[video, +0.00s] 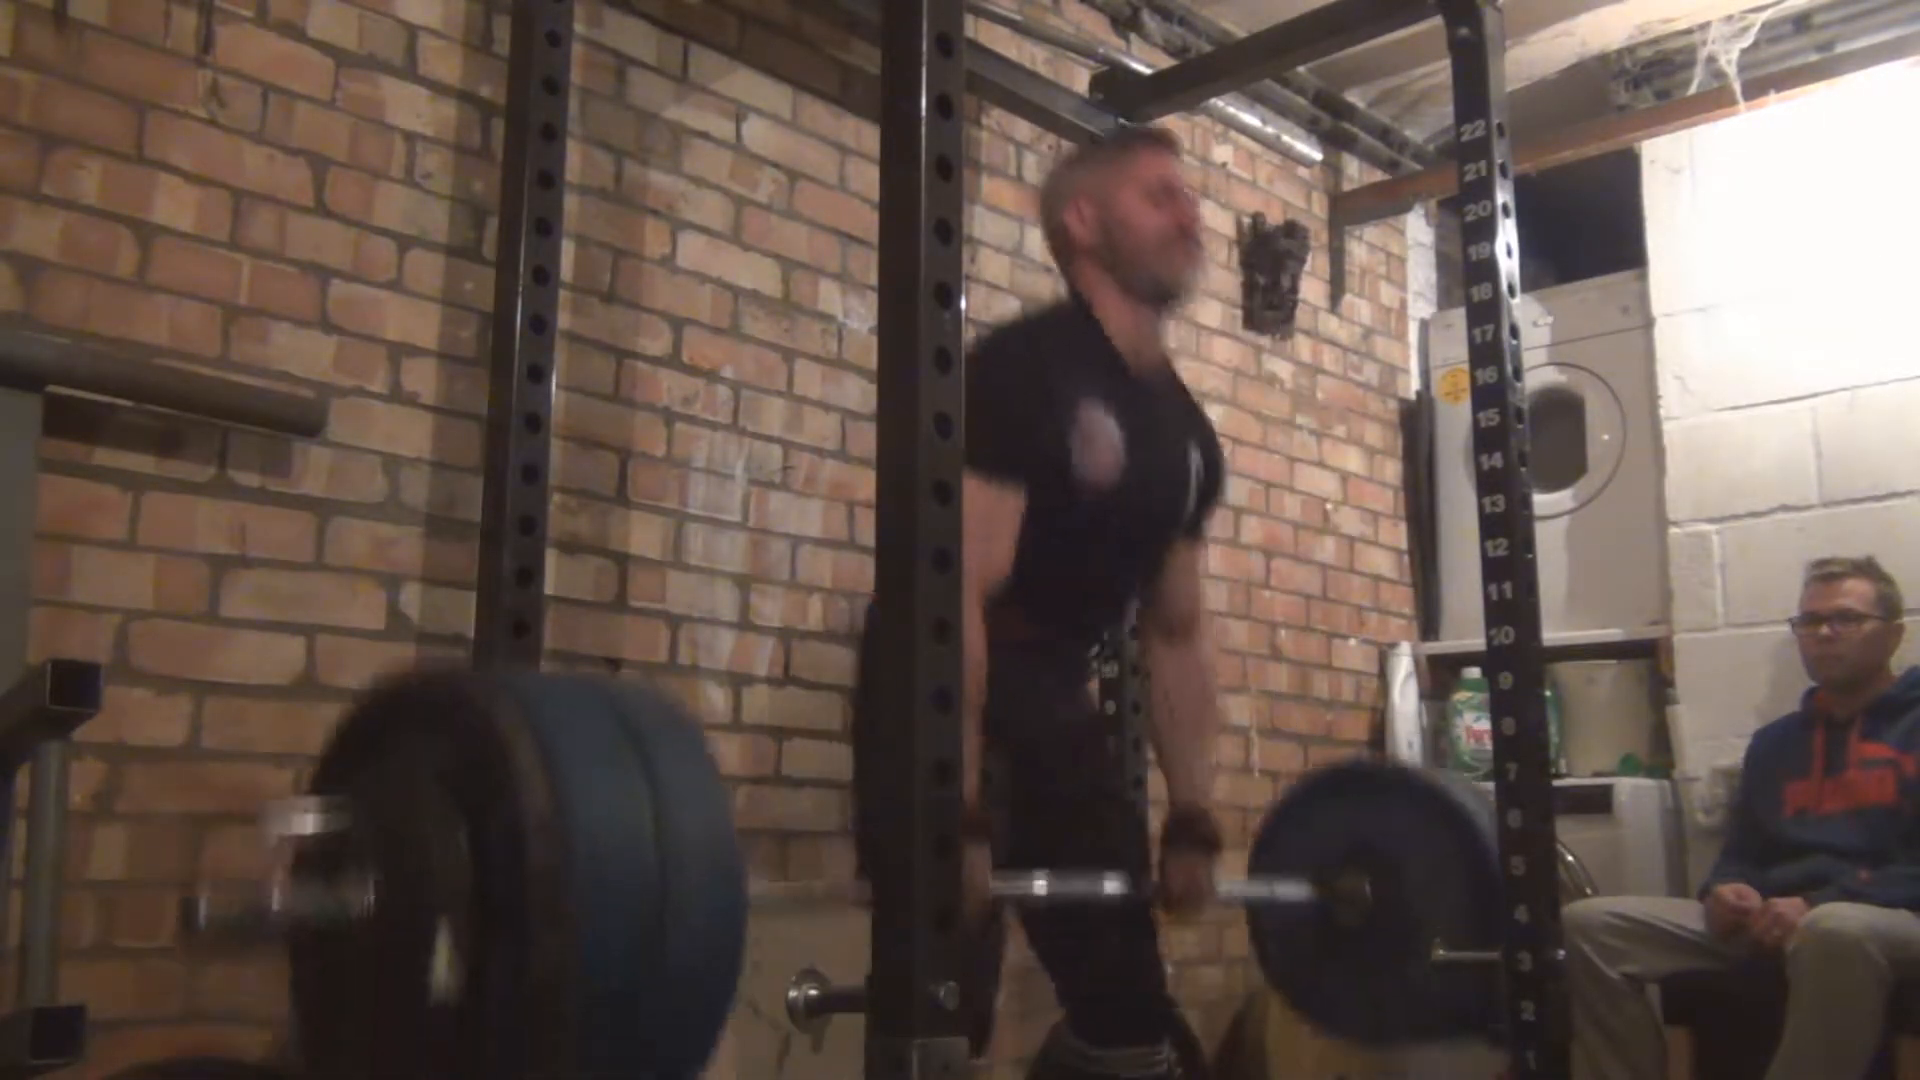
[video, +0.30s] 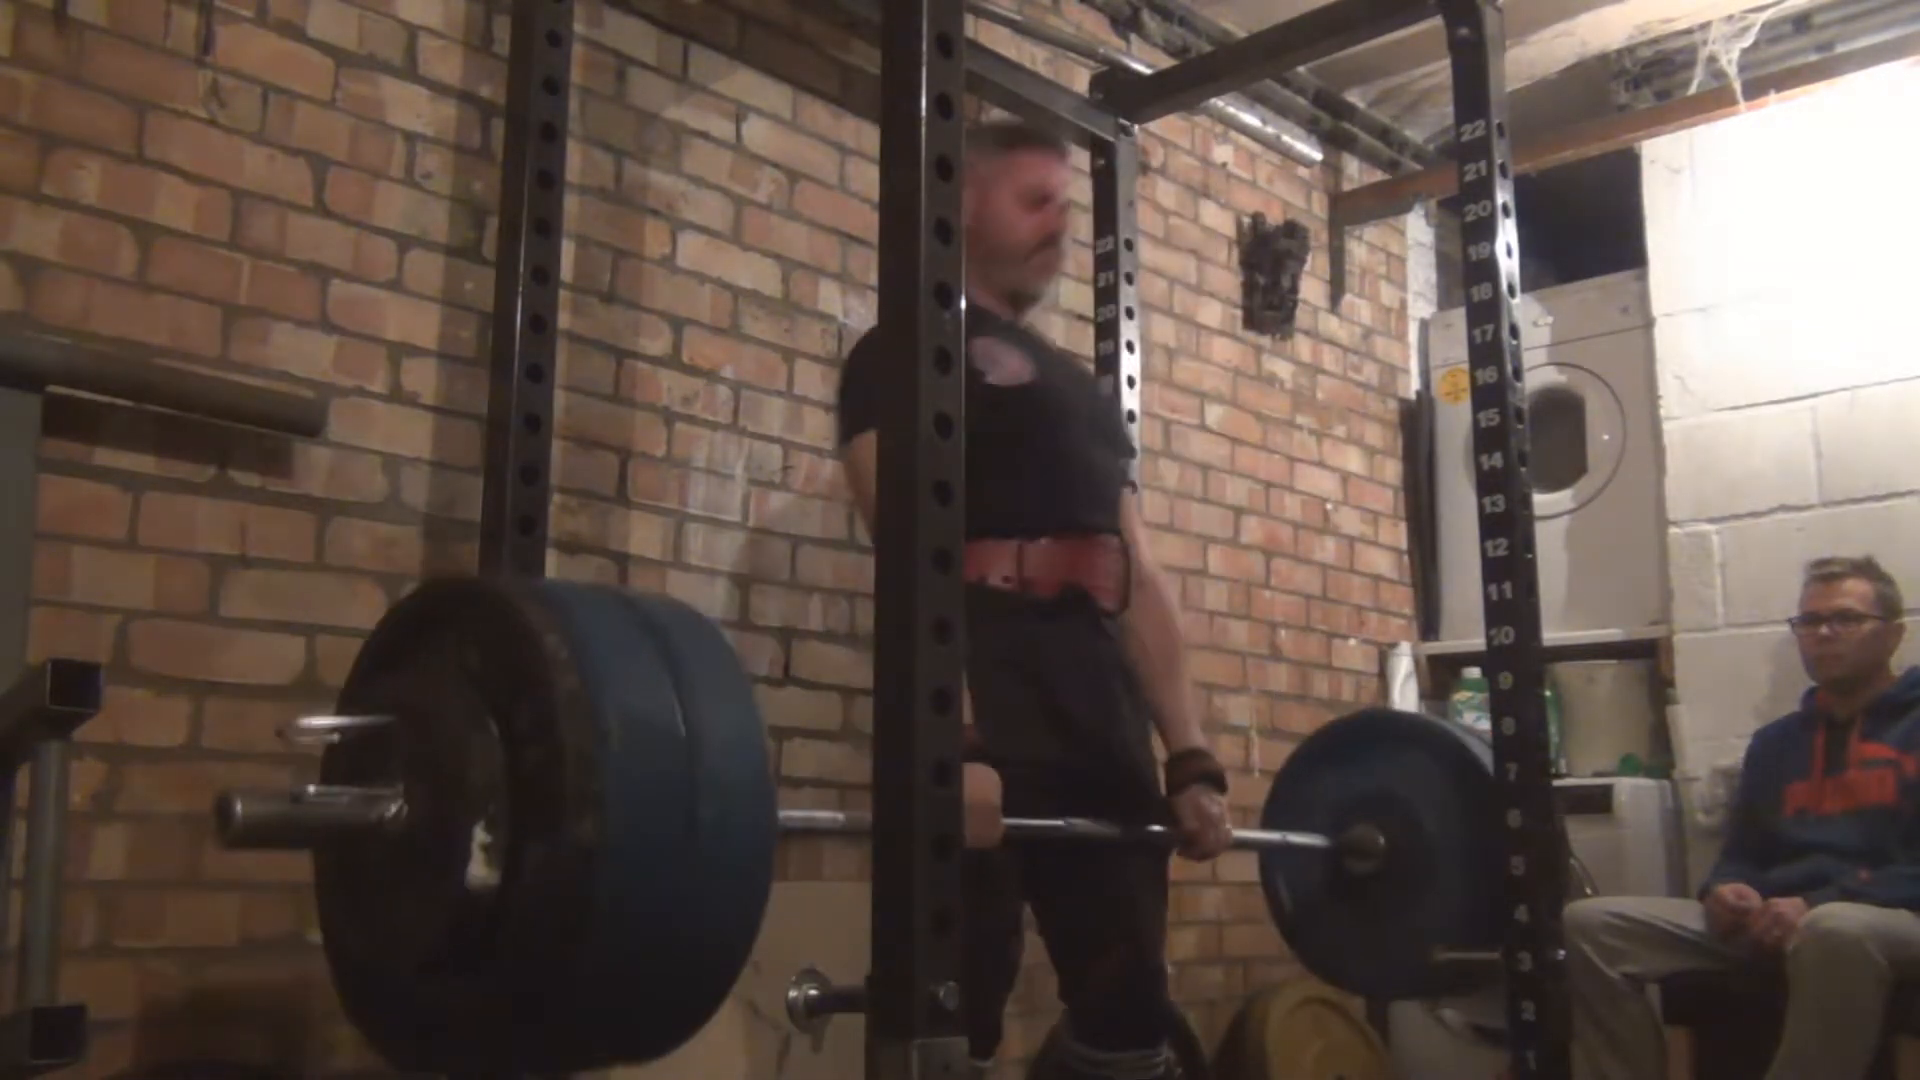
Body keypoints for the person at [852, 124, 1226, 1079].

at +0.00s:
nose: (1191, 216)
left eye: (1188, 197)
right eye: (1161, 196)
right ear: (1083, 224)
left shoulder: (1186, 432)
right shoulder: (1018, 370)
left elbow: (1178, 630)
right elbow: (956, 597)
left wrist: (1191, 812)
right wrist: (958, 815)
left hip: (1056, 697)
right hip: (942, 687)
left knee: (1123, 1004)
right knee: (942, 1014)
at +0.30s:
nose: (1061, 225)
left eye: (1066, 206)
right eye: (1037, 202)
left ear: (1064, 218)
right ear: (961, 207)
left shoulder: (1080, 384)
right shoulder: (900, 353)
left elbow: (1136, 581)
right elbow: (909, 559)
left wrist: (1190, 755)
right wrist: (956, 745)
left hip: (1089, 698)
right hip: (968, 703)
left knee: (1124, 1007)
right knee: (955, 1011)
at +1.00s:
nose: (1191, 219)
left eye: (1192, 200)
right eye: (1164, 194)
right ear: (1077, 212)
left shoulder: (1175, 424)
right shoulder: (1002, 357)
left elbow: (1173, 628)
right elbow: (964, 592)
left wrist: (1189, 817)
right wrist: (951, 808)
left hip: (1087, 723)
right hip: (974, 707)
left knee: (1139, 1022)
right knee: (957, 1025)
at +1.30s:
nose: (1252, 331)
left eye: (1254, 308)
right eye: (1223, 305)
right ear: (1137, 317)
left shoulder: (1200, 528)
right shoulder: (1034, 457)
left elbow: (1189, 732)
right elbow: (974, 706)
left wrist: (1196, 919)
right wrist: (959, 925)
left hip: (1007, 726)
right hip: (890, 708)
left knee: (1107, 970)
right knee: (920, 996)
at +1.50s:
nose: (1292, 427)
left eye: (1291, 404)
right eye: (1264, 401)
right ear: (1173, 412)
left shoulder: (1217, 611)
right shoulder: (1053, 536)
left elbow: (1198, 814)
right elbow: (984, 791)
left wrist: (1197, 1009)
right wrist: (955, 1003)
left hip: (993, 764)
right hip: (871, 737)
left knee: (1120, 1013)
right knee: (924, 1026)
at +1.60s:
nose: (1316, 486)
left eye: (1316, 463)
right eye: (1288, 461)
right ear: (1197, 467)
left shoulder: (1230, 658)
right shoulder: (1058, 582)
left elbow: (1203, 854)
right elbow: (985, 855)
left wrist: (1197, 1042)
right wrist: (951, 1040)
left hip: (1002, 770)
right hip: (868, 748)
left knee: (1126, 1019)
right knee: (923, 1024)